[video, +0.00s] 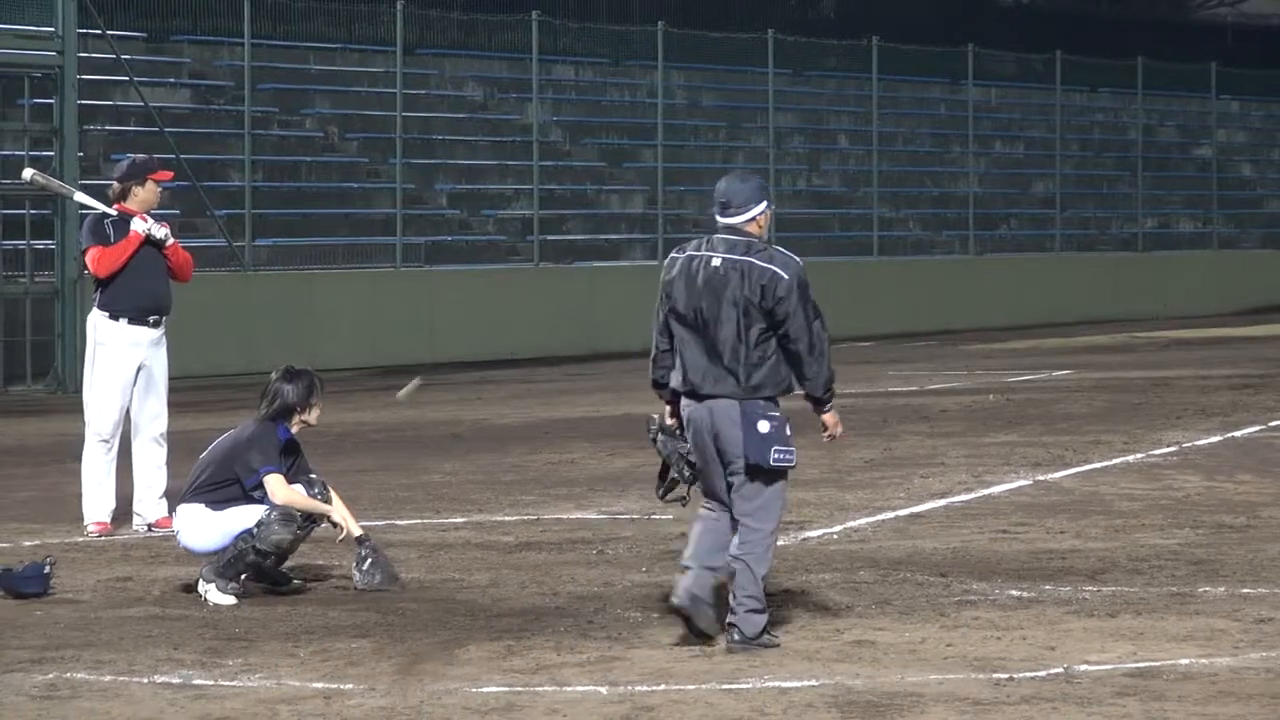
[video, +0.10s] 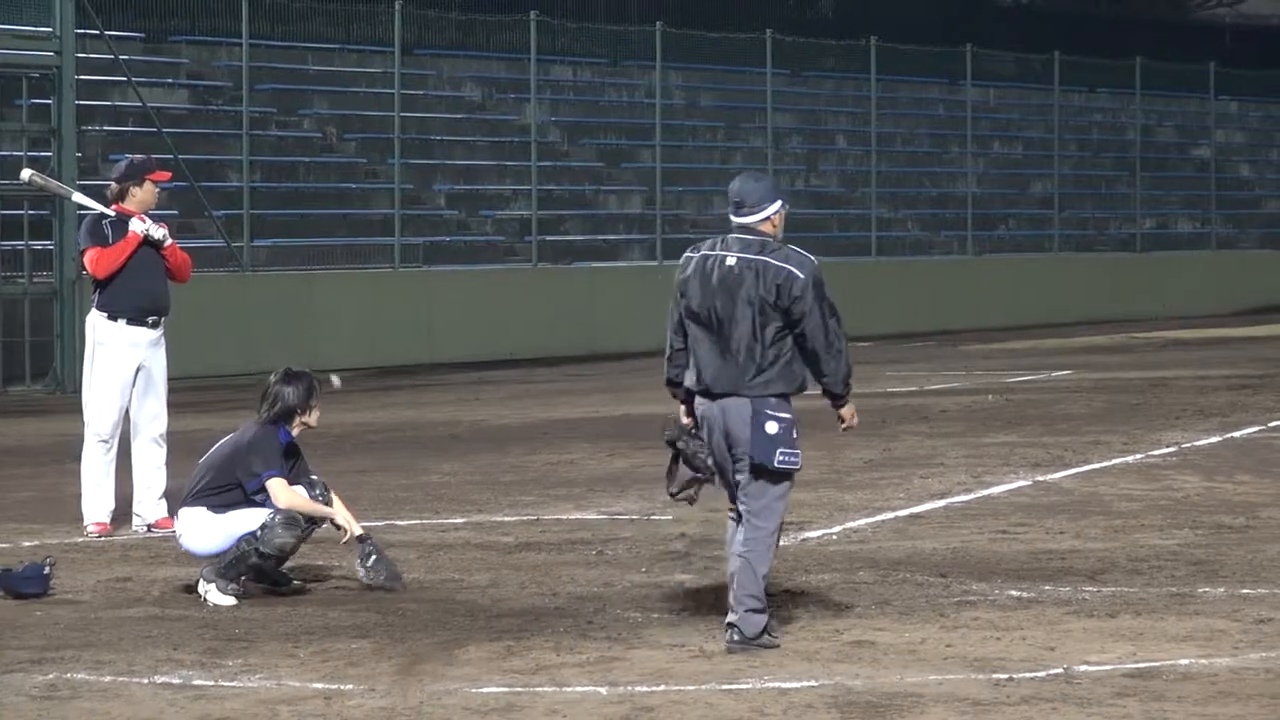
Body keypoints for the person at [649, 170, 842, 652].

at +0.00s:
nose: (769, 218)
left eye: (765, 211)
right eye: (766, 212)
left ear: (720, 214)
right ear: (758, 217)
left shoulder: (681, 260)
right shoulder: (780, 268)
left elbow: (665, 337)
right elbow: (804, 343)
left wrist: (669, 396)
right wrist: (824, 404)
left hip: (695, 406)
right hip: (750, 410)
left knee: (717, 503)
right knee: (757, 517)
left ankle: (694, 589)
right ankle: (746, 625)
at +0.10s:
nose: (783, 219)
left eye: (779, 212)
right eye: (780, 213)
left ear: (734, 215)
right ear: (770, 218)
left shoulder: (696, 260)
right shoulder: (793, 266)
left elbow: (679, 335)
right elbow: (821, 338)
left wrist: (683, 394)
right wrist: (841, 396)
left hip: (709, 403)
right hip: (763, 406)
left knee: (742, 508)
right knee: (760, 515)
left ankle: (742, 606)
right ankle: (746, 623)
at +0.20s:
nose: (798, 221)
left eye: (795, 214)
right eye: (795, 215)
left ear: (750, 217)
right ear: (786, 220)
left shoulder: (712, 263)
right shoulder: (808, 268)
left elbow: (696, 337)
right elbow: (834, 339)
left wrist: (699, 397)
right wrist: (852, 397)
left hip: (725, 405)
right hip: (778, 406)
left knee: (767, 510)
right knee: (768, 514)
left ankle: (800, 611)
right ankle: (745, 623)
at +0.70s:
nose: (857, 214)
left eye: (850, 208)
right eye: (856, 209)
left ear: (810, 211)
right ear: (852, 213)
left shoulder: (776, 258)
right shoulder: (873, 260)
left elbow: (764, 336)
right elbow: (892, 337)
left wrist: (767, 395)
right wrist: (901, 400)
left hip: (794, 400)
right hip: (854, 401)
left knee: (806, 508)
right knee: (880, 494)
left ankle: (808, 611)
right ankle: (870, 602)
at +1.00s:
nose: (898, 224)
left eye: (865, 214)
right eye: (901, 218)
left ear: (859, 217)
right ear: (906, 221)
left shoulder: (824, 262)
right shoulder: (932, 268)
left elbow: (807, 336)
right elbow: (946, 344)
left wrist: (806, 393)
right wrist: (947, 404)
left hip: (843, 405)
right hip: (907, 407)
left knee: (832, 506)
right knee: (925, 505)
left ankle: (814, 606)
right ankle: (945, 605)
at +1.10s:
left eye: (883, 214)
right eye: (916, 216)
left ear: (880, 216)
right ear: (927, 219)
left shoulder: (845, 259)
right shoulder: (951, 266)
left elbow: (827, 333)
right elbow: (965, 339)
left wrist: (825, 389)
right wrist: (967, 400)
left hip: (861, 402)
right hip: (926, 405)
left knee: (849, 502)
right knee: (939, 509)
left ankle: (823, 593)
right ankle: (951, 604)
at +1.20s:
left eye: (898, 212)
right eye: (932, 216)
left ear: (895, 214)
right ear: (940, 218)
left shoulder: (856, 257)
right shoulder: (965, 264)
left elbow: (840, 329)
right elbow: (983, 337)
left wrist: (838, 387)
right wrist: (988, 399)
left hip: (871, 400)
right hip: (934, 402)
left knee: (862, 495)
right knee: (944, 504)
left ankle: (835, 577)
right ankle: (949, 605)